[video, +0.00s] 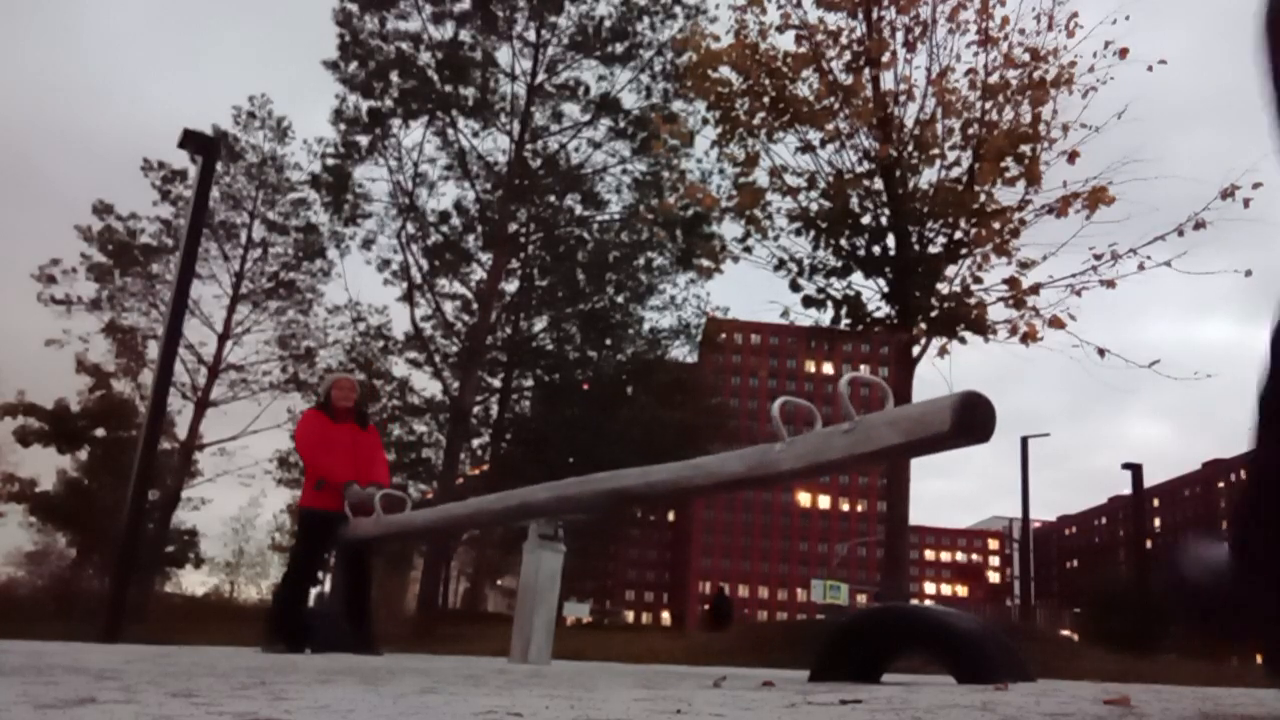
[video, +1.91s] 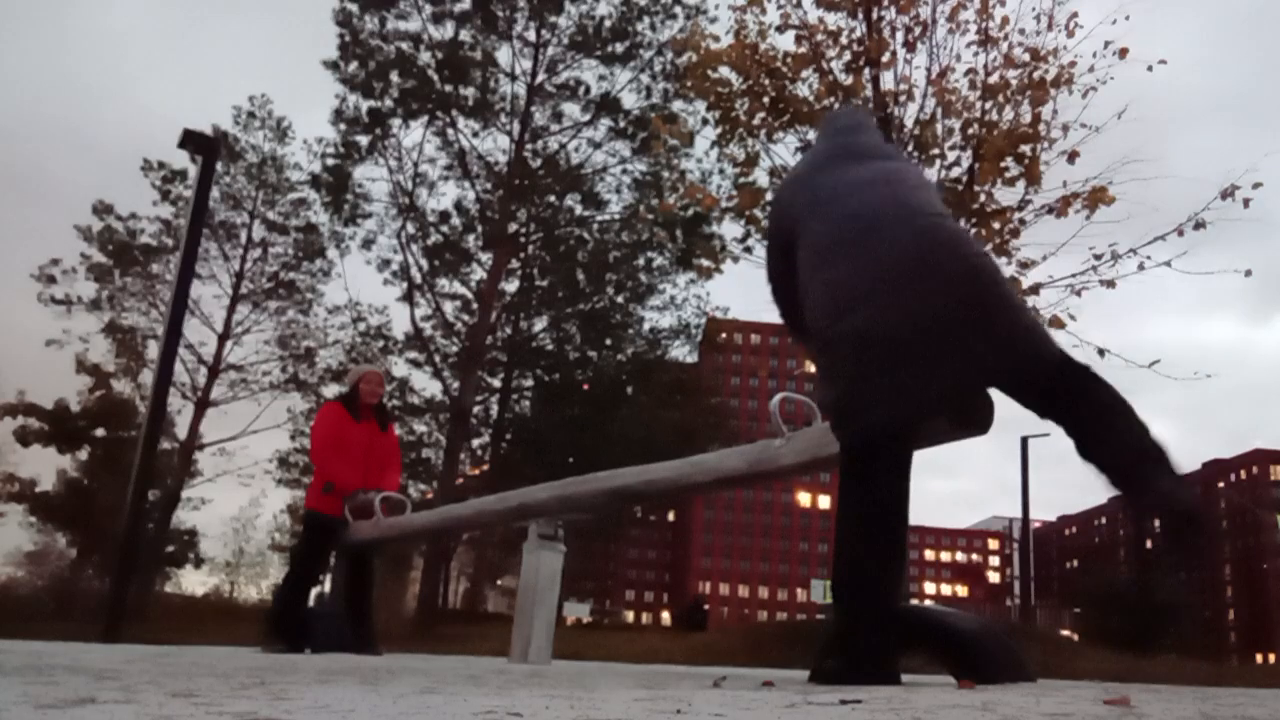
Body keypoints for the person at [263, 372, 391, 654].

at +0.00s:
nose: (345, 393)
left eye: (351, 389)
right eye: (339, 388)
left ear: (358, 396)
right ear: (328, 393)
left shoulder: (367, 430)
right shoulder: (312, 420)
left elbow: (379, 465)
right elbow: (312, 456)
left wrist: (377, 489)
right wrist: (342, 481)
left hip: (357, 514)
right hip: (319, 509)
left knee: (357, 577)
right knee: (301, 573)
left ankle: (360, 640)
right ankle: (282, 637)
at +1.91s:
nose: (373, 389)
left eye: (378, 384)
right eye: (367, 383)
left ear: (384, 390)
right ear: (354, 385)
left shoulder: (385, 425)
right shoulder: (332, 412)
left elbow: (392, 467)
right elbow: (320, 455)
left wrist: (385, 495)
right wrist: (346, 487)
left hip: (363, 514)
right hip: (325, 508)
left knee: (360, 580)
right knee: (306, 571)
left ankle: (362, 643)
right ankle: (280, 635)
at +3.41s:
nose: (382, 369)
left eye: (387, 364)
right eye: (376, 363)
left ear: (392, 369)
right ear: (363, 364)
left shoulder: (393, 401)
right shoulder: (340, 388)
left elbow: (403, 441)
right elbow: (324, 429)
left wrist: (383, 459)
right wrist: (352, 461)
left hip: (373, 487)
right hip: (333, 479)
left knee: (380, 546)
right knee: (321, 540)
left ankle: (374, 611)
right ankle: (290, 602)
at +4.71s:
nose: (369, 396)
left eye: (375, 391)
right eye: (364, 390)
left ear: (382, 395)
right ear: (353, 391)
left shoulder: (384, 428)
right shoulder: (331, 413)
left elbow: (390, 468)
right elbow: (319, 458)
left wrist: (375, 486)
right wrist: (346, 486)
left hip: (365, 511)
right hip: (327, 505)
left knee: (377, 564)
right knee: (317, 564)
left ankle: (364, 634)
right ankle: (273, 621)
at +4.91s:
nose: (362, 431)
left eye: (367, 426)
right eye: (357, 425)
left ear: (371, 429)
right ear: (343, 425)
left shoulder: (370, 461)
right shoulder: (315, 451)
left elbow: (374, 500)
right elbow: (306, 495)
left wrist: (368, 519)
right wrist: (337, 515)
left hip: (352, 535)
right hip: (315, 530)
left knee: (376, 572)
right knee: (313, 578)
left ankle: (358, 636)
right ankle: (274, 627)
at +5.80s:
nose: (378, 410)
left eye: (381, 405)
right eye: (373, 404)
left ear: (384, 408)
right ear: (358, 404)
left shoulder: (383, 440)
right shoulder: (331, 426)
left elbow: (388, 478)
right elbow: (308, 464)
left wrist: (373, 495)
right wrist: (343, 487)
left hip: (362, 517)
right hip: (323, 510)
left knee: (379, 568)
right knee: (316, 566)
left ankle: (362, 635)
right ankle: (275, 630)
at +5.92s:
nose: (382, 384)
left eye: (387, 378)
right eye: (377, 377)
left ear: (391, 381)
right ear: (363, 376)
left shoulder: (391, 414)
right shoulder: (334, 402)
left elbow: (394, 454)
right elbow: (320, 442)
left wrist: (378, 467)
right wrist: (353, 464)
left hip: (368, 492)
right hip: (329, 485)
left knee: (375, 548)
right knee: (323, 541)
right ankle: (287, 606)